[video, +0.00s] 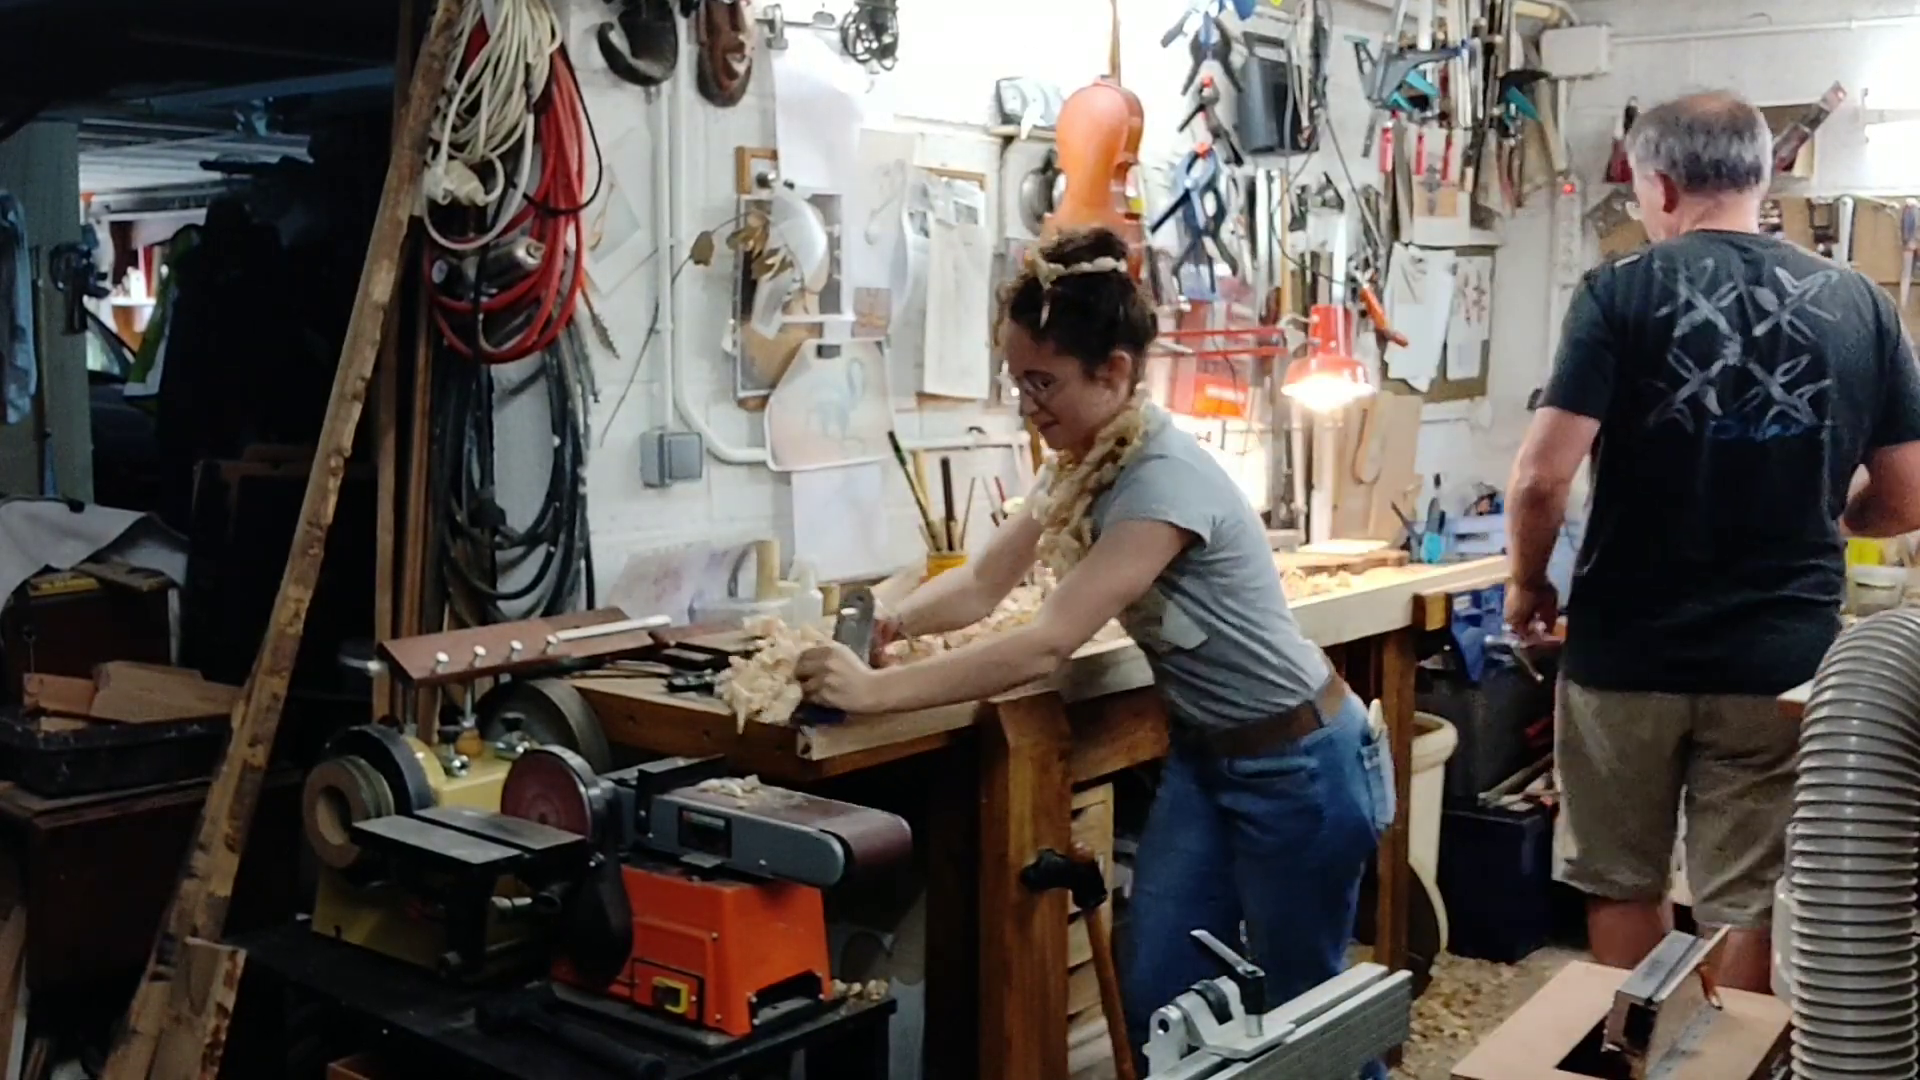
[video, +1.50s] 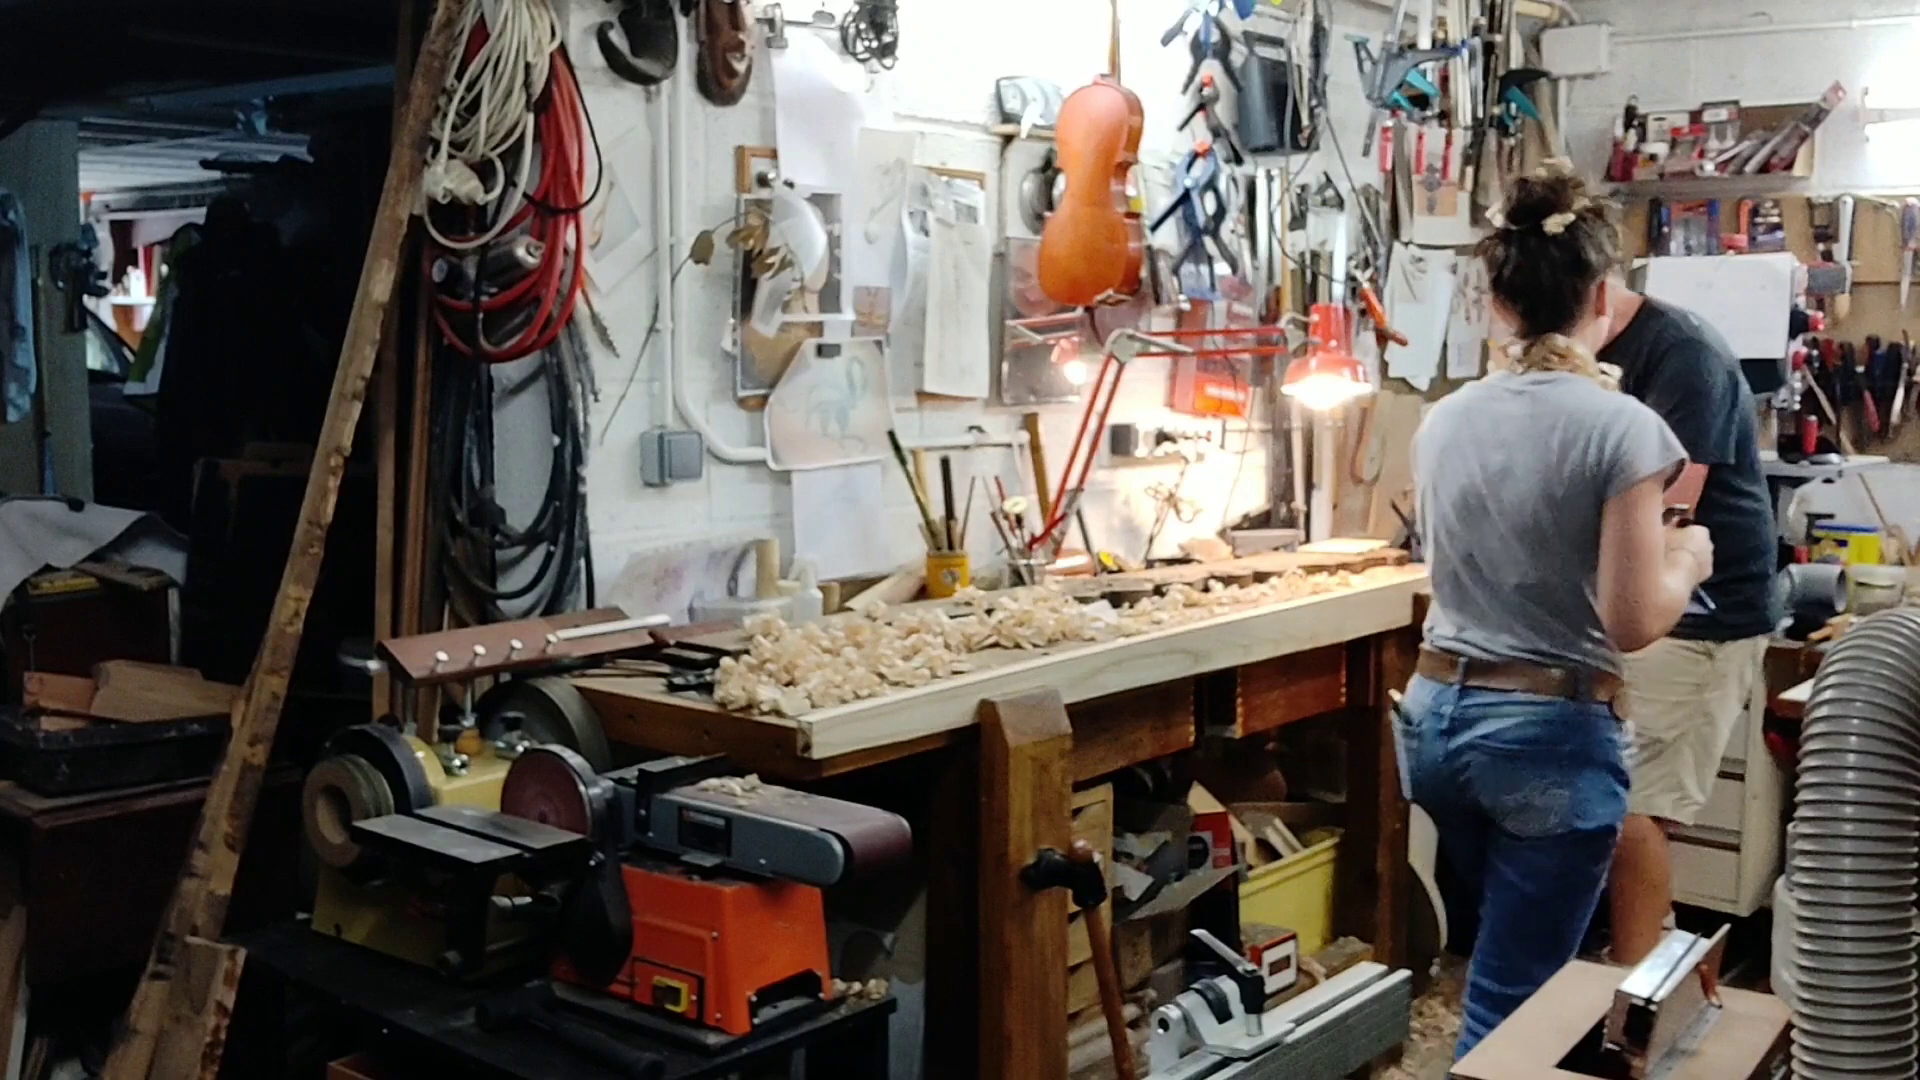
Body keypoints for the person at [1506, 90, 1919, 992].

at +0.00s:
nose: (1639, 211)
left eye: (1639, 192)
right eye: (1637, 194)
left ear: (1663, 188)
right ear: (1764, 184)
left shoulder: (1621, 291)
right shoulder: (1857, 302)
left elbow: (1540, 477)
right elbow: (1900, 504)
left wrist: (1527, 581)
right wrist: (1807, 502)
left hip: (1627, 641)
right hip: (1780, 646)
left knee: (1622, 890)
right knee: (1747, 908)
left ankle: (1628, 1075)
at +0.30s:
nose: (1640, 249)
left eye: (1639, 227)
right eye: (1637, 229)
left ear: (1669, 223)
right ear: (1756, 214)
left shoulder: (1642, 333)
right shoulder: (1861, 327)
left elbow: (1582, 520)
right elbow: (1905, 497)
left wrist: (1594, 578)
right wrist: (1811, 508)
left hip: (1668, 656)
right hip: (1807, 653)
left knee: (1680, 886)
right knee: (1775, 877)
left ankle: (1710, 1060)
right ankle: (1779, 1054)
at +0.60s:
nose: (1630, 249)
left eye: (1631, 226)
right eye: (1624, 229)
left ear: (1679, 215)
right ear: (1739, 210)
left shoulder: (1689, 312)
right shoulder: (1842, 302)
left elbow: (1634, 491)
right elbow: (1868, 460)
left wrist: (1587, 524)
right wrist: (1763, 481)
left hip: (1711, 635)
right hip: (1823, 626)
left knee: (1699, 852)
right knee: (1775, 845)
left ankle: (1705, 1038)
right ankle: (1779, 1020)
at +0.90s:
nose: (1616, 262)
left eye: (1620, 238)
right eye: (1611, 243)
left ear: (1679, 223)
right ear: (1687, 228)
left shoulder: (1743, 314)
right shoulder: (1734, 306)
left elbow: (1708, 485)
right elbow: (1686, 461)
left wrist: (1568, 512)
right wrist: (1595, 481)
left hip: (1722, 624)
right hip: (1762, 615)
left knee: (1622, 792)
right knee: (1748, 799)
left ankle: (1684, 998)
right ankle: (1782, 979)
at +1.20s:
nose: (1561, 292)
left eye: (1569, 272)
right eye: (1557, 275)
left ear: (1628, 254)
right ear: (1624, 260)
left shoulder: (1714, 337)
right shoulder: (1633, 343)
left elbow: (1673, 501)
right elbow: (1626, 481)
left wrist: (1554, 529)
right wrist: (1552, 527)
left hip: (1702, 625)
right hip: (1647, 614)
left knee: (1633, 813)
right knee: (1637, 784)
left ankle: (1633, 1007)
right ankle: (1729, 938)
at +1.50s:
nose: (1553, 328)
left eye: (1557, 314)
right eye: (1547, 316)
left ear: (1596, 292)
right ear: (1598, 287)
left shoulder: (1687, 355)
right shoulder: (1596, 353)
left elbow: (1666, 509)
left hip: (1704, 618)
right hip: (1632, 604)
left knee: (1634, 813)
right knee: (1603, 802)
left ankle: (1637, 990)